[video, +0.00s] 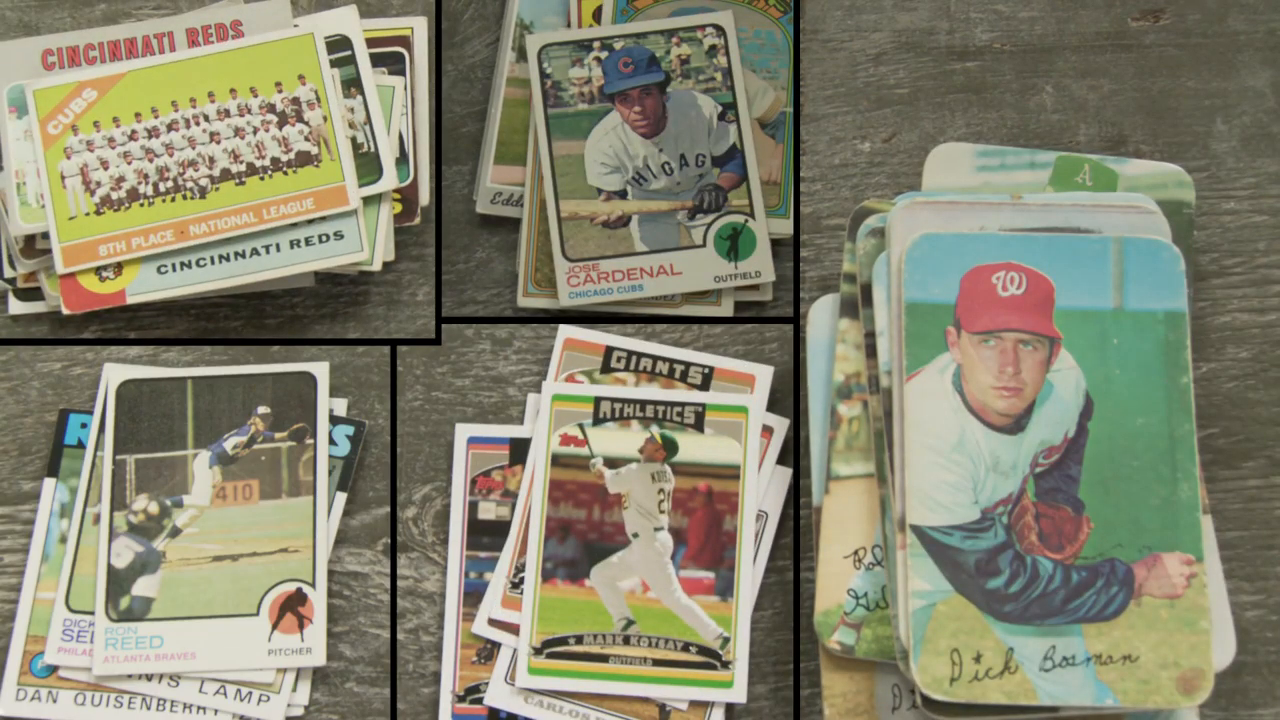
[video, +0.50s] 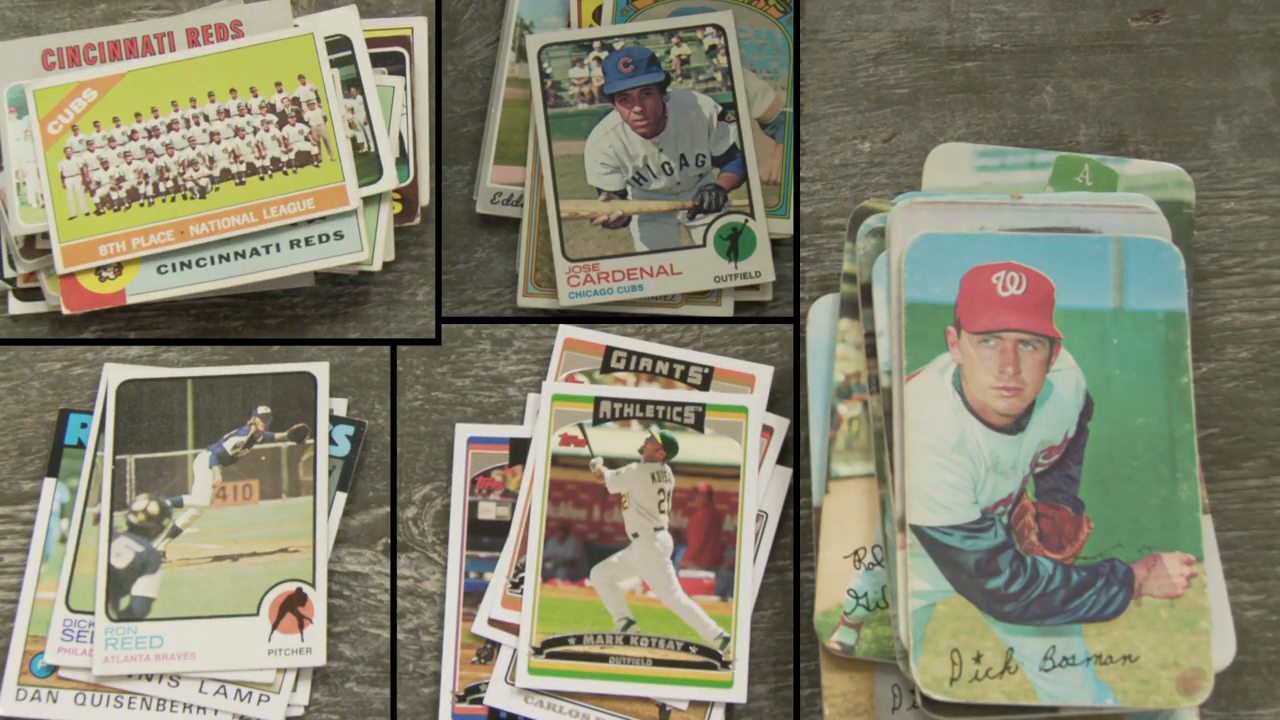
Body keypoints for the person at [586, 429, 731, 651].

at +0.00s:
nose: (645, 443)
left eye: (651, 442)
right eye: (648, 440)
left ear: (661, 454)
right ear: (661, 456)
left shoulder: (636, 471)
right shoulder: (666, 473)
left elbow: (611, 482)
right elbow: (630, 481)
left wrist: (600, 467)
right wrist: (605, 473)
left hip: (649, 542)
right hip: (658, 539)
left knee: (672, 596)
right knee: (600, 574)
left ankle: (718, 636)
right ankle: (624, 622)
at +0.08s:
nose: (645, 443)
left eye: (651, 442)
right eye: (648, 440)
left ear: (661, 454)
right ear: (661, 456)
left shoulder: (636, 471)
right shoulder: (666, 473)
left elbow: (611, 482)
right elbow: (630, 481)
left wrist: (600, 467)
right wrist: (605, 473)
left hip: (649, 542)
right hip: (658, 539)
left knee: (672, 596)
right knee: (600, 574)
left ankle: (718, 636)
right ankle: (624, 622)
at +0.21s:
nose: (645, 443)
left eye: (651, 442)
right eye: (648, 440)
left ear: (661, 454)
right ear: (661, 456)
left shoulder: (636, 471)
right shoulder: (666, 473)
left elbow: (611, 482)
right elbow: (630, 481)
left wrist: (600, 467)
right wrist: (605, 473)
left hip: (649, 542)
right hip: (658, 539)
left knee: (672, 596)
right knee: (600, 574)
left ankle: (718, 636)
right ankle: (624, 622)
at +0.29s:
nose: (645, 443)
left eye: (651, 442)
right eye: (648, 440)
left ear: (661, 454)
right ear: (661, 456)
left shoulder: (636, 471)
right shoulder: (666, 473)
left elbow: (611, 482)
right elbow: (630, 481)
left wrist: (600, 467)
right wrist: (605, 473)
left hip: (649, 542)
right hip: (658, 539)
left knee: (672, 596)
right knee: (600, 574)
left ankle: (718, 636)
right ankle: (624, 622)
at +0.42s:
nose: (645, 443)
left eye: (651, 442)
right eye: (648, 440)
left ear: (661, 454)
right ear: (661, 456)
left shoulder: (636, 471)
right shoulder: (666, 473)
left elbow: (611, 482)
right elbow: (630, 481)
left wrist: (600, 467)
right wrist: (605, 473)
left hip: (649, 542)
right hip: (658, 539)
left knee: (672, 596)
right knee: (600, 574)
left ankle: (718, 636)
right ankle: (624, 622)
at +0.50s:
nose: (645, 443)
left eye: (651, 442)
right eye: (648, 440)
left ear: (661, 454)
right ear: (661, 456)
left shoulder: (636, 471)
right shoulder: (666, 473)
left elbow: (611, 482)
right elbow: (630, 481)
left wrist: (600, 467)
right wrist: (605, 473)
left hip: (649, 542)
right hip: (658, 539)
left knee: (672, 596)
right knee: (600, 574)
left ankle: (718, 636)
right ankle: (624, 622)